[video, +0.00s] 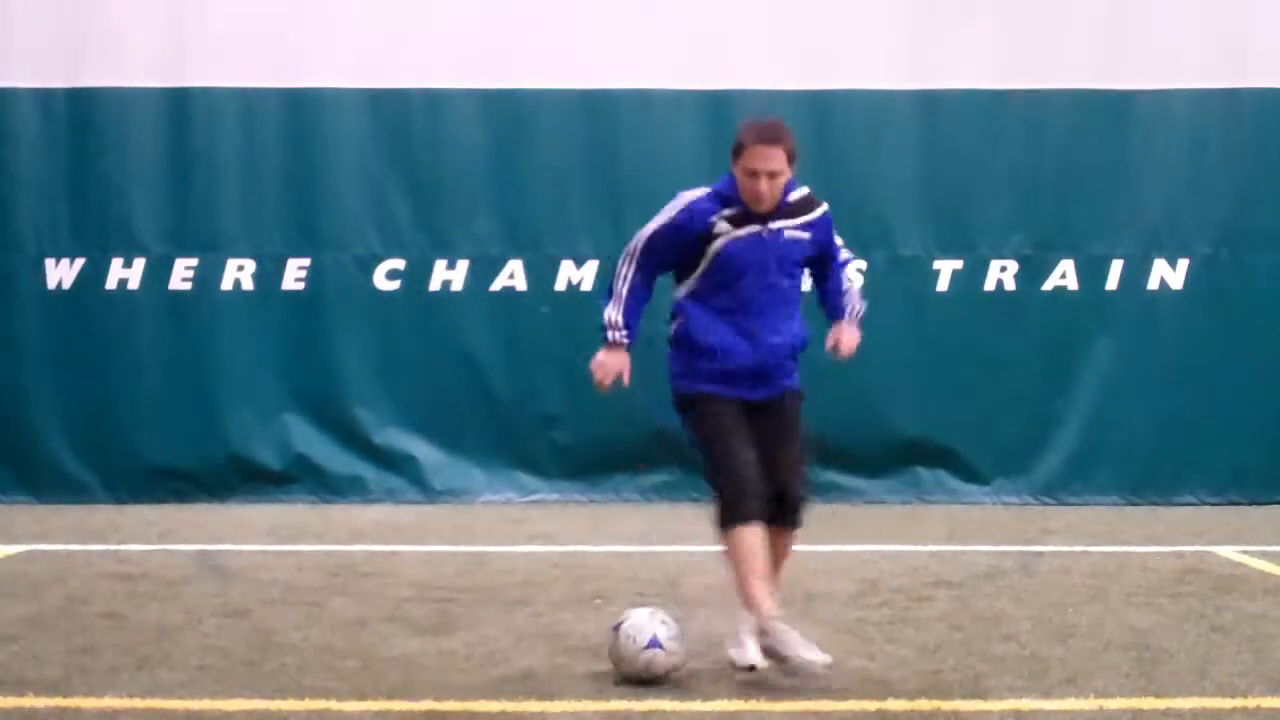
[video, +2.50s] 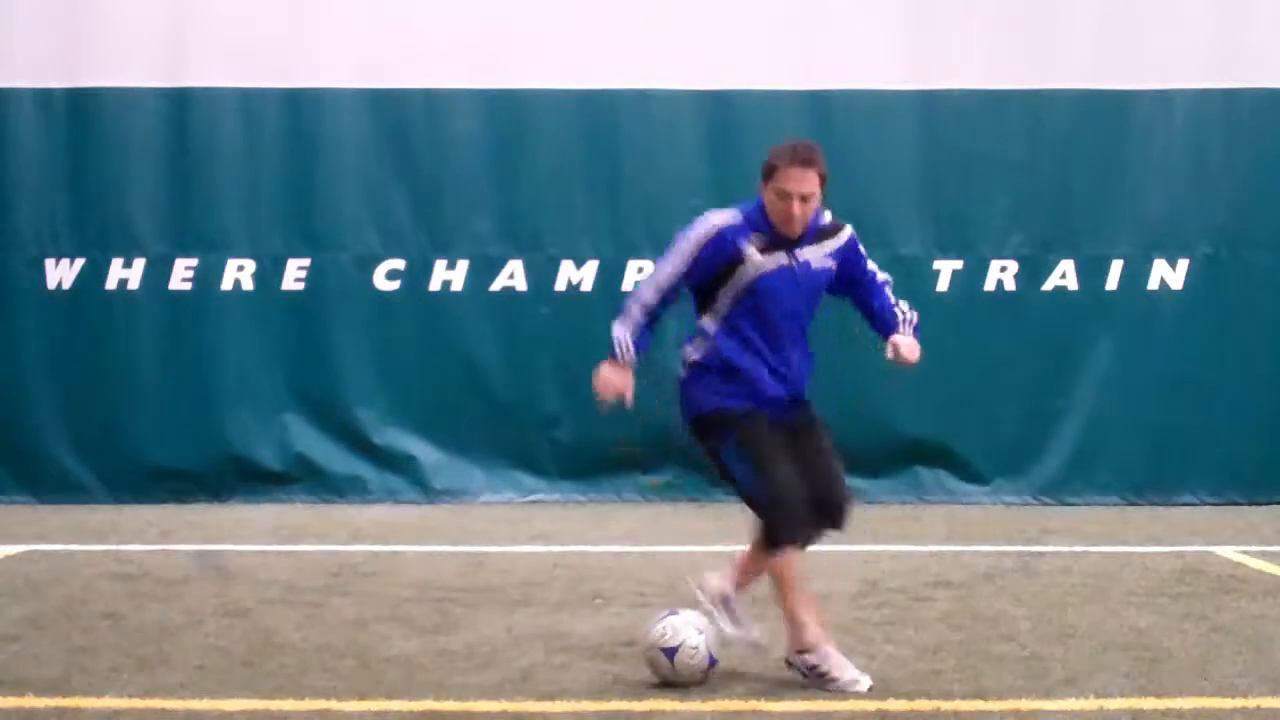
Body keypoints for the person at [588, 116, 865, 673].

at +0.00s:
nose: (763, 188)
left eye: (774, 176)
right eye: (752, 175)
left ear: (790, 171)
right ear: (734, 169)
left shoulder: (810, 212)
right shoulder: (701, 212)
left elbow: (837, 266)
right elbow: (638, 260)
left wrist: (846, 316)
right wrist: (616, 340)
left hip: (777, 377)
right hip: (709, 379)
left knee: (786, 494)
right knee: (743, 488)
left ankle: (752, 624)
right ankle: (770, 624)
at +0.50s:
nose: (600, 169)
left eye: (610, 157)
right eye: (590, 159)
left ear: (634, 154)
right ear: (578, 161)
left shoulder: (669, 201)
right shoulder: (555, 214)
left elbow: (715, 254)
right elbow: (523, 276)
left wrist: (709, 314)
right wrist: (504, 333)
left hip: (657, 366)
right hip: (586, 378)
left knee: (676, 444)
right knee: (568, 503)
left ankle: (672, 562)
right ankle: (578, 618)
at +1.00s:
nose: (476, 238)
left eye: (487, 225)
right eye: (467, 226)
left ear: (511, 216)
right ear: (454, 219)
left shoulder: (544, 268)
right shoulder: (446, 250)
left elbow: (591, 342)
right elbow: (418, 287)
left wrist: (612, 416)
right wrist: (382, 313)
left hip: (542, 416)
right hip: (494, 415)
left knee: (476, 523)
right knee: (495, 530)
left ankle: (495, 650)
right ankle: (617, 541)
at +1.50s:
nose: (539, 209)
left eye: (548, 196)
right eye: (528, 198)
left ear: (563, 194)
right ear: (506, 199)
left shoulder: (597, 245)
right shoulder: (480, 249)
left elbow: (639, 309)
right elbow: (447, 306)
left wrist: (662, 369)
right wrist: (425, 359)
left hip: (590, 399)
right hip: (514, 407)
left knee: (632, 483)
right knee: (486, 522)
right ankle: (496, 630)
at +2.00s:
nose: (733, 174)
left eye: (742, 162)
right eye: (720, 162)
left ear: (757, 161)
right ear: (698, 162)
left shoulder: (778, 207)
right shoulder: (663, 212)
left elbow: (801, 269)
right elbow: (619, 280)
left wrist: (813, 311)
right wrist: (602, 350)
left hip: (743, 364)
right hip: (677, 353)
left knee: (758, 489)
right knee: (724, 429)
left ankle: (712, 609)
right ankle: (712, 565)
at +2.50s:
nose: (796, 211)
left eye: (807, 199)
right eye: (784, 198)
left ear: (820, 196)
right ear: (763, 191)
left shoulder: (835, 238)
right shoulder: (722, 233)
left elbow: (870, 287)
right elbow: (654, 289)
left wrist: (899, 329)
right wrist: (622, 354)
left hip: (785, 396)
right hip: (722, 395)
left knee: (824, 504)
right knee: (784, 507)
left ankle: (726, 585)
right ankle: (808, 647)